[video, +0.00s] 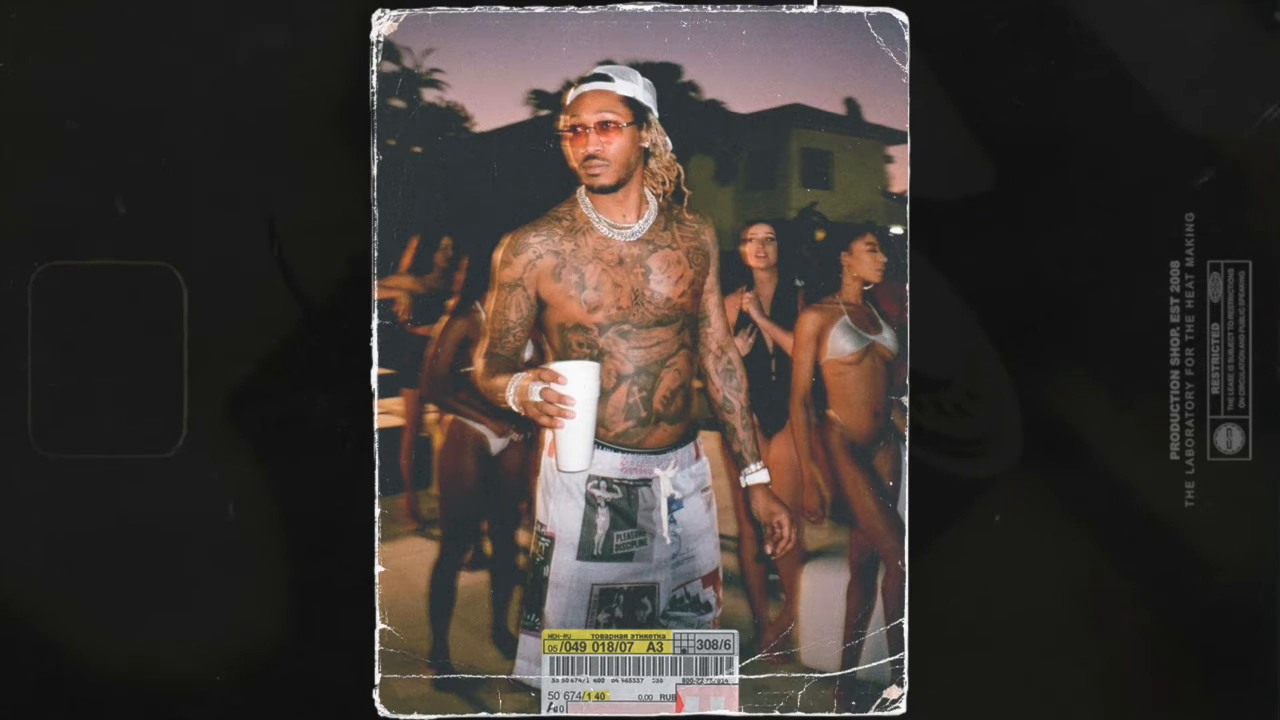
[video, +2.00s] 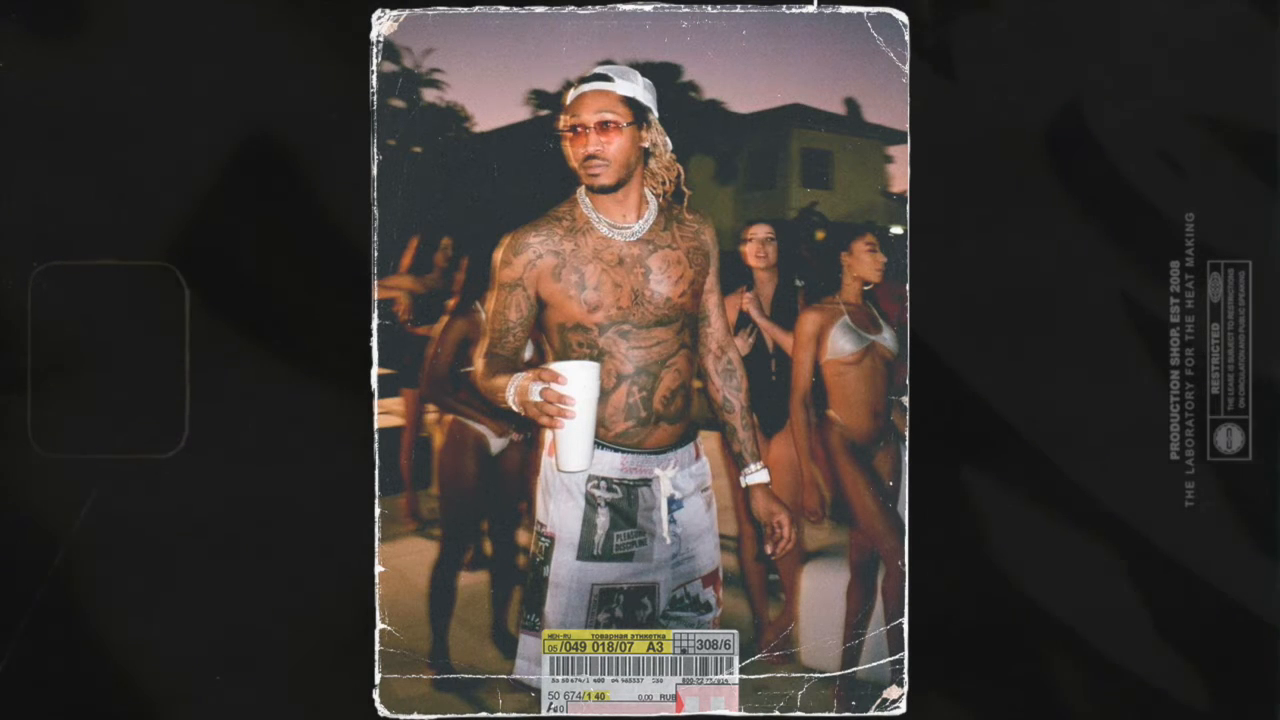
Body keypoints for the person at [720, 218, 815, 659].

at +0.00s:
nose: (759, 249)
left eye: (767, 242)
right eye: (751, 242)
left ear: (781, 249)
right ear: (741, 250)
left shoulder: (797, 296)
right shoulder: (730, 300)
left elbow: (803, 351)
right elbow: (714, 364)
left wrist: (761, 317)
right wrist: (735, 342)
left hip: (784, 419)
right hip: (739, 420)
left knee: (783, 521)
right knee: (748, 525)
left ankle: (794, 612)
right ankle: (762, 621)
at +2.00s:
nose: (760, 249)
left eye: (768, 242)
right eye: (752, 242)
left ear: (781, 249)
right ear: (741, 250)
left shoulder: (798, 296)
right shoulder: (731, 301)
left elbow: (804, 352)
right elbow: (713, 365)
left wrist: (761, 319)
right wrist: (733, 348)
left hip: (784, 419)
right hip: (739, 420)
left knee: (784, 521)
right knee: (749, 527)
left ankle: (793, 613)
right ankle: (762, 622)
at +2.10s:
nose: (760, 249)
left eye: (768, 241)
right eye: (752, 241)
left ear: (781, 249)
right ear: (741, 250)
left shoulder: (797, 296)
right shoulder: (731, 300)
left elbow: (804, 352)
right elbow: (714, 363)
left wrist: (761, 318)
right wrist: (734, 341)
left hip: (784, 420)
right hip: (738, 421)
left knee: (784, 521)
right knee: (749, 526)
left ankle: (794, 614)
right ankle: (763, 622)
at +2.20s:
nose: (760, 249)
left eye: (768, 241)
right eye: (752, 242)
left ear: (781, 249)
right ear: (741, 250)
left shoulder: (797, 296)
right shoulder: (730, 299)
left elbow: (804, 352)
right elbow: (713, 364)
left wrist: (761, 318)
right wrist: (734, 342)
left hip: (784, 420)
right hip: (738, 421)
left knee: (784, 522)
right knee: (749, 527)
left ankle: (794, 614)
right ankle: (763, 623)